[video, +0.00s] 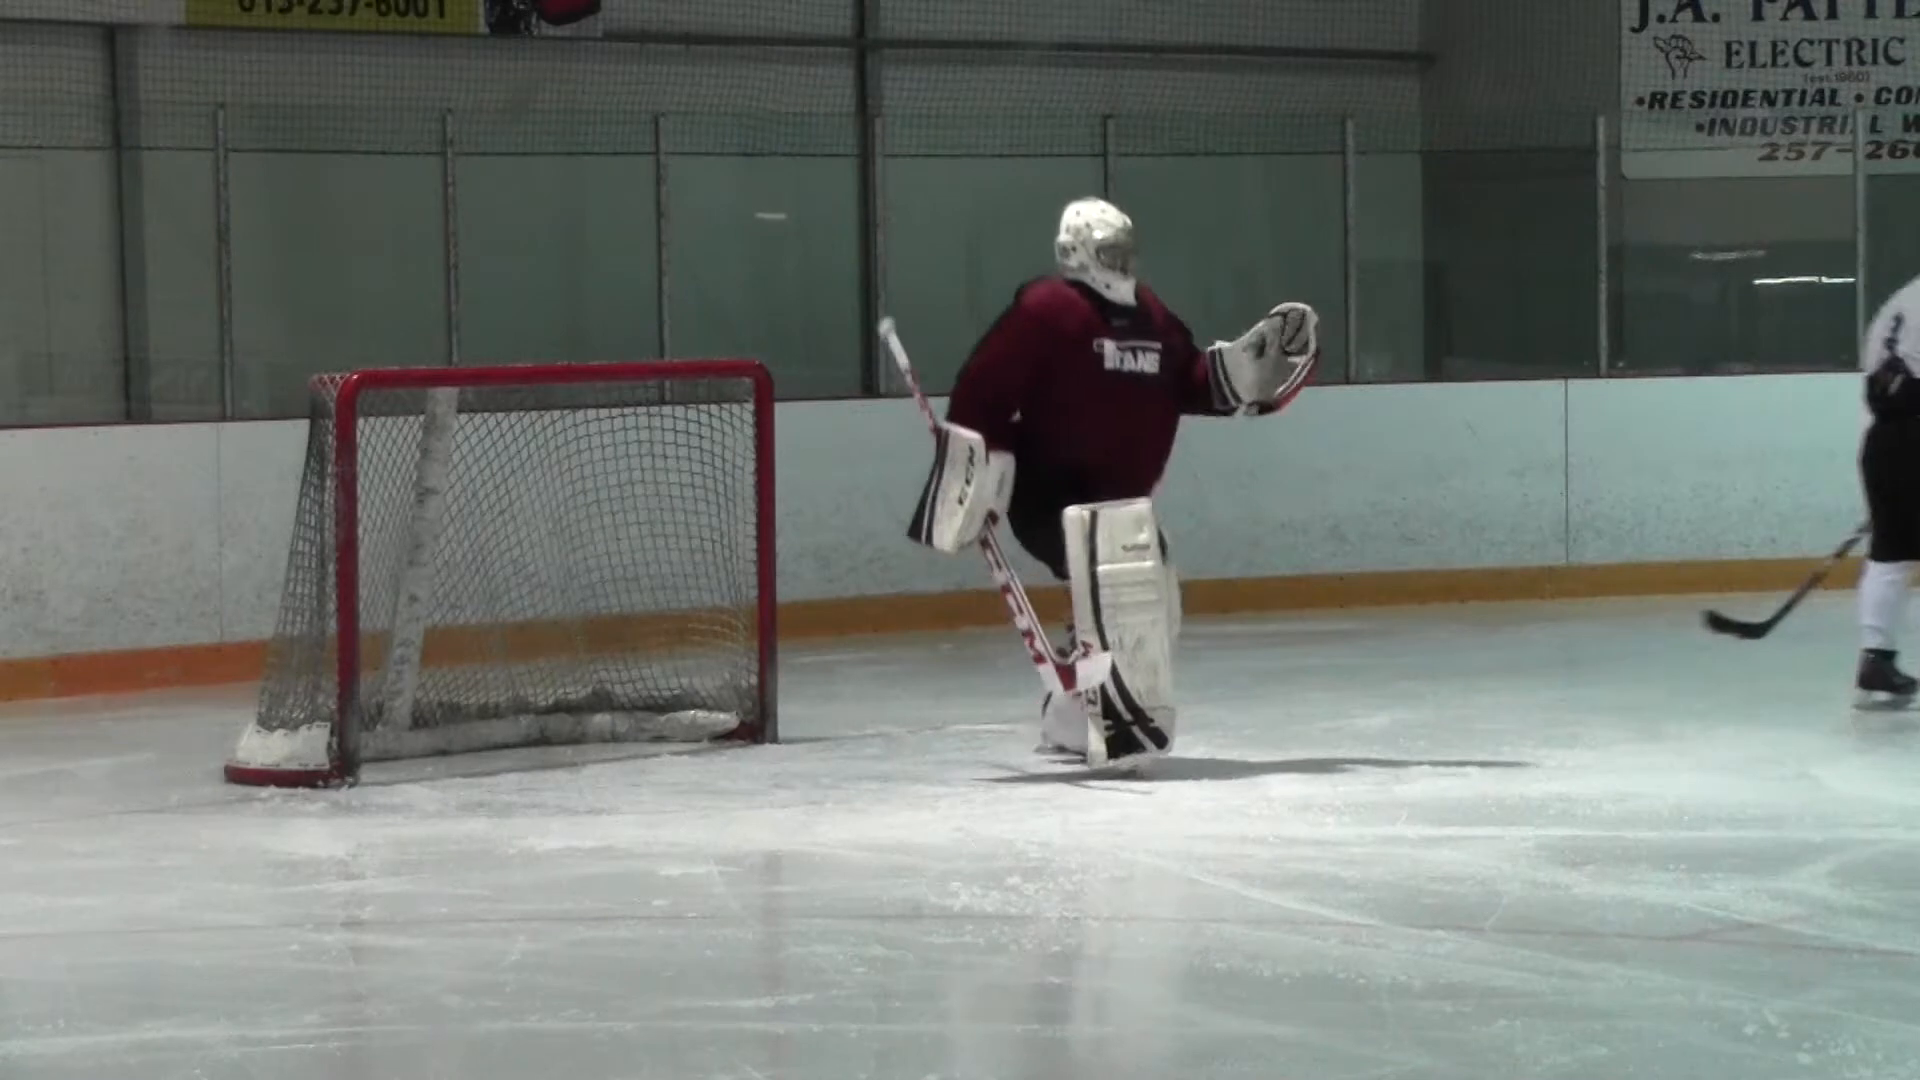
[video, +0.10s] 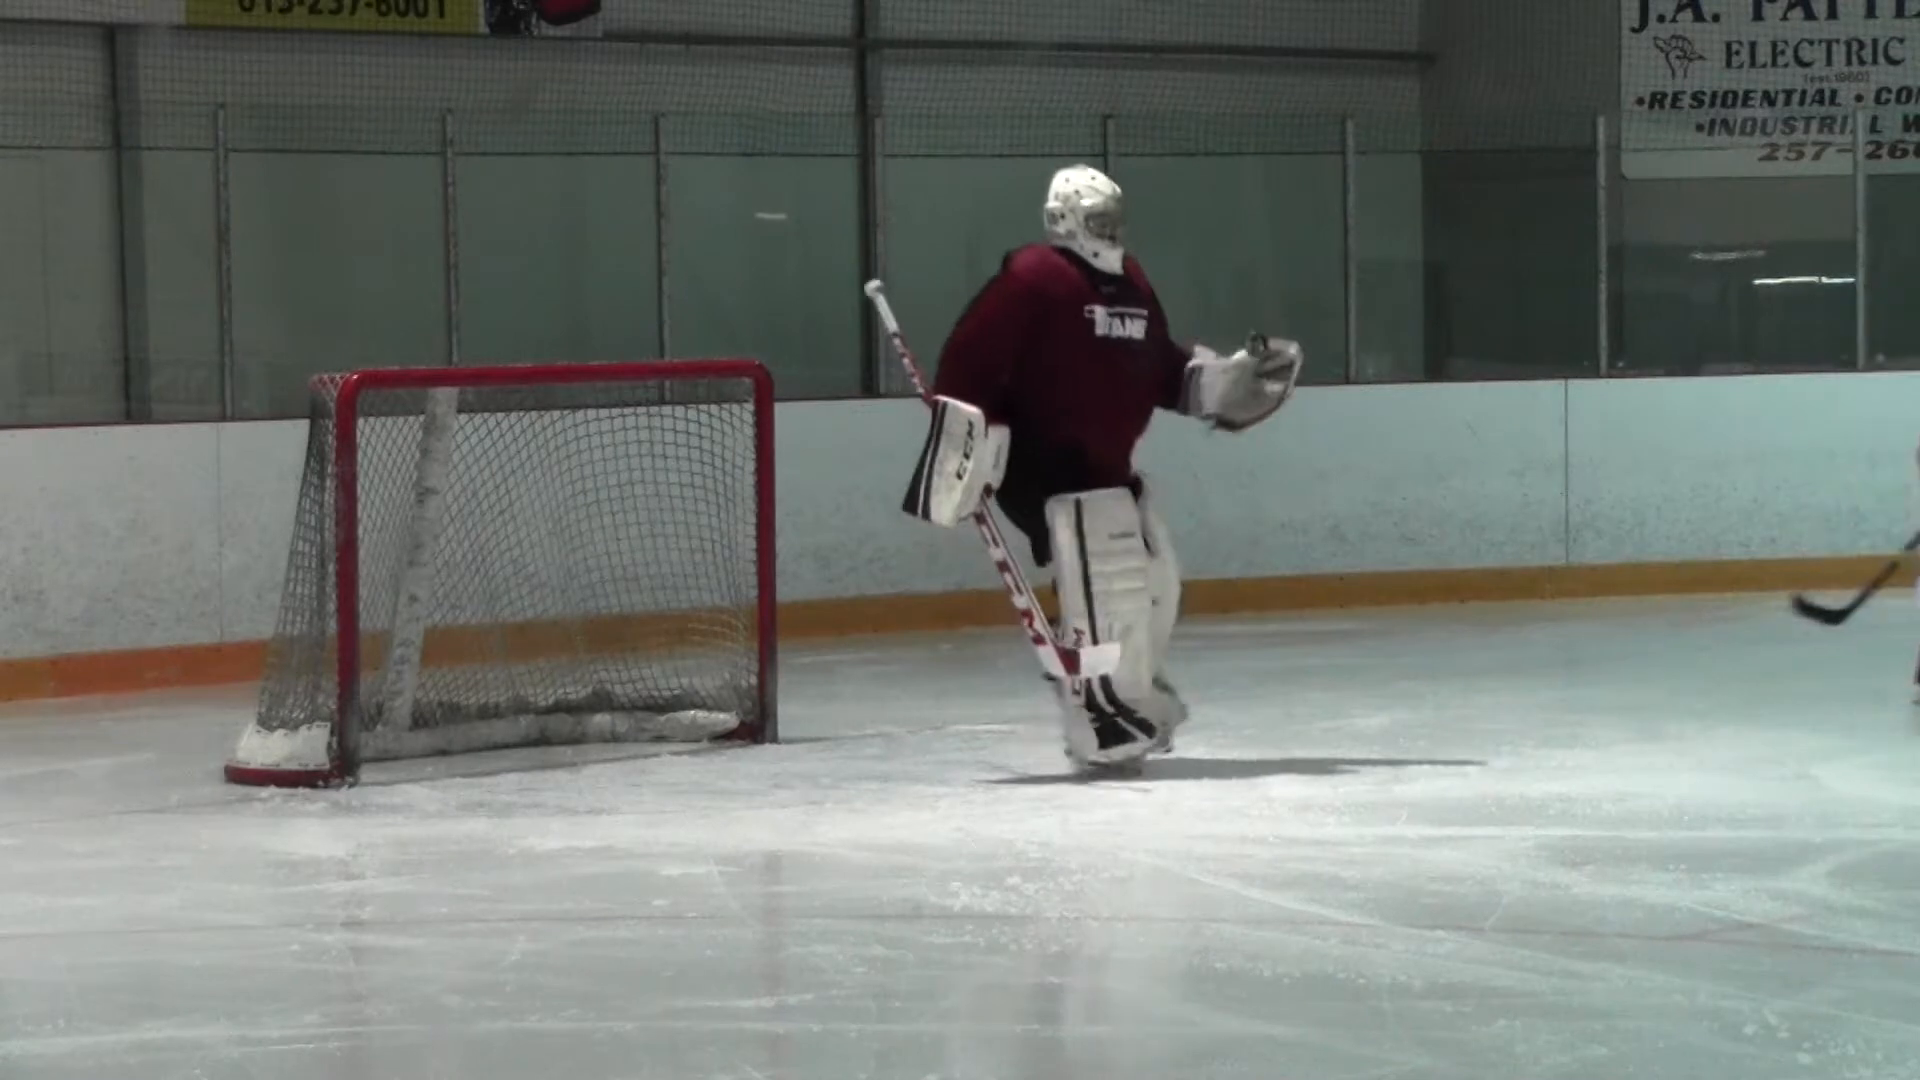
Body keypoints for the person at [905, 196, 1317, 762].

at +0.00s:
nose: (1119, 263)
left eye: (1122, 252)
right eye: (1110, 252)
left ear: (1073, 250)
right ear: (1089, 254)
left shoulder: (1151, 315)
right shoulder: (1046, 308)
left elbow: (1189, 381)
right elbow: (980, 392)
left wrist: (1256, 364)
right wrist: (969, 484)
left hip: (1122, 492)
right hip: (1047, 491)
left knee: (1143, 590)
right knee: (1114, 588)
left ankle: (1073, 717)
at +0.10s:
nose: (1108, 234)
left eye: (1113, 221)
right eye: (1095, 222)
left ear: (1119, 221)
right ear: (1065, 221)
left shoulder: (1130, 285)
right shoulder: (1034, 276)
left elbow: (1159, 368)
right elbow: (968, 366)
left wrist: (1232, 387)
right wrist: (956, 467)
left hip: (1108, 465)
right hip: (1048, 466)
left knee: (1156, 579)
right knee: (1105, 584)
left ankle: (1138, 707)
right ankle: (1103, 729)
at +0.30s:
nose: (1089, 243)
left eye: (1095, 231)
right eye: (1078, 231)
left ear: (1099, 230)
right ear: (1046, 230)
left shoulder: (1092, 289)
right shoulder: (1017, 283)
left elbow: (1089, 392)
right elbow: (968, 381)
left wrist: (1143, 436)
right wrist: (993, 490)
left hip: (1092, 472)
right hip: (1042, 479)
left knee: (1155, 568)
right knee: (1057, 602)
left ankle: (1186, 684)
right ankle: (1010, 722)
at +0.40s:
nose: (1082, 249)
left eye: (1089, 238)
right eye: (1072, 236)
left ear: (1096, 236)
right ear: (1041, 230)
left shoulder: (1086, 292)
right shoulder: (1008, 274)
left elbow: (1073, 393)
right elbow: (967, 366)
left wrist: (1115, 452)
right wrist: (987, 465)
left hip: (1075, 471)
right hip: (1022, 477)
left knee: (1142, 565)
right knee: (1038, 605)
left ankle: (1174, 687)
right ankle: (996, 728)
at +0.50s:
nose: (1086, 248)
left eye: (1092, 238)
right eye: (1078, 235)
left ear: (1094, 236)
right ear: (1048, 227)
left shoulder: (1077, 292)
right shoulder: (1008, 267)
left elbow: (1059, 391)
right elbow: (955, 355)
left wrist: (1099, 451)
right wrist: (969, 463)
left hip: (1066, 468)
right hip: (1012, 472)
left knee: (1123, 564)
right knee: (1027, 597)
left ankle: (1148, 696)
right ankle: (990, 725)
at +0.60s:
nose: (1085, 258)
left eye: (1093, 247)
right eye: (1078, 244)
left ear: (1099, 246)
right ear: (1047, 233)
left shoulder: (1077, 306)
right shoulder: (1007, 269)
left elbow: (1050, 400)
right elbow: (949, 348)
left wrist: (1079, 461)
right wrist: (940, 441)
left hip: (1050, 473)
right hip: (996, 472)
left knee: (1100, 578)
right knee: (1014, 597)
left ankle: (1098, 713)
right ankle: (982, 730)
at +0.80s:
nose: (1087, 282)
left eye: (1097, 273)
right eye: (1084, 266)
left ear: (1098, 266)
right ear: (1060, 248)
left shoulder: (1070, 321)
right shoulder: (1009, 275)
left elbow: (1036, 413)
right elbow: (947, 357)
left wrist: (1054, 477)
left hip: (1017, 481)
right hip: (952, 472)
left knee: (1057, 587)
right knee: (989, 591)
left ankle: (1025, 703)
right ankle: (955, 721)